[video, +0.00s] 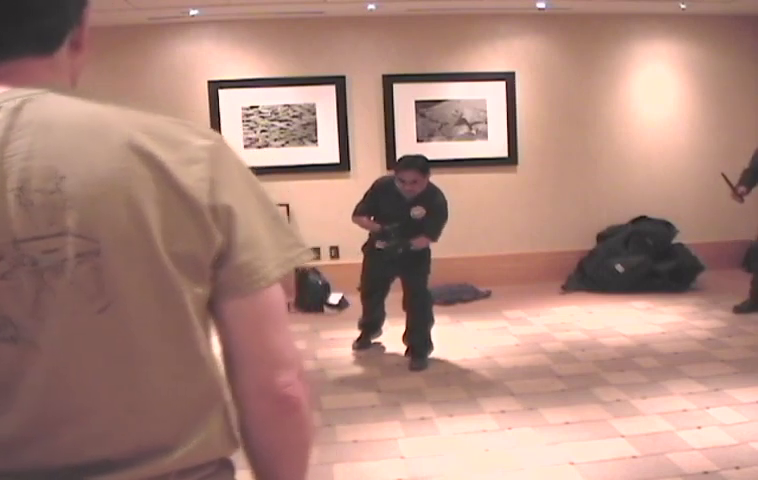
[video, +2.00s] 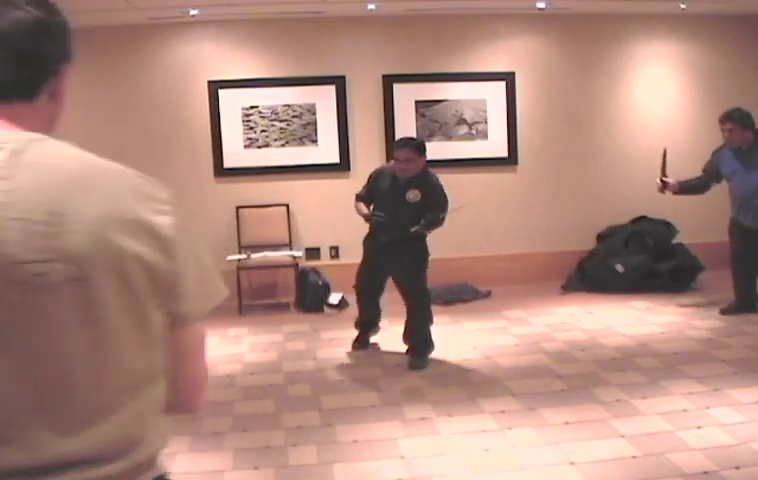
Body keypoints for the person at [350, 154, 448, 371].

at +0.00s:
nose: (407, 187)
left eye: (414, 182)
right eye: (402, 181)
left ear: (426, 179)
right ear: (395, 176)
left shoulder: (435, 200)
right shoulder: (382, 187)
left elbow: (428, 237)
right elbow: (357, 216)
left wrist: (403, 245)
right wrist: (376, 228)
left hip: (414, 253)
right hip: (380, 251)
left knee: (417, 300)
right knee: (370, 292)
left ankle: (418, 351)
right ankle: (369, 331)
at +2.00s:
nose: (401, 165)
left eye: (408, 161)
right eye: (397, 160)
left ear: (422, 161)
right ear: (392, 159)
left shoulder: (429, 183)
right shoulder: (381, 176)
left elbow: (438, 214)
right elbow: (361, 200)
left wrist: (422, 226)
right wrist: (366, 213)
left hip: (409, 246)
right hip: (378, 245)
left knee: (417, 299)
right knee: (365, 289)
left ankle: (419, 349)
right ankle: (366, 329)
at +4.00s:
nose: (399, 171)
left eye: (402, 165)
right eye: (392, 167)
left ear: (408, 160)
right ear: (378, 164)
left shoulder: (418, 178)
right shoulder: (362, 182)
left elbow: (446, 202)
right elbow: (334, 215)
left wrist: (432, 218)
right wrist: (330, 245)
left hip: (412, 246)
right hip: (379, 247)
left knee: (419, 297)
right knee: (380, 301)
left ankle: (421, 346)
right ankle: (381, 350)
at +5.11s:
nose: (403, 166)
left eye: (407, 160)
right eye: (396, 162)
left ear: (415, 157)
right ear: (385, 161)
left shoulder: (430, 179)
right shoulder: (373, 179)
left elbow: (439, 210)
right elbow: (354, 212)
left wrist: (418, 228)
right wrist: (379, 224)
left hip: (416, 244)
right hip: (381, 245)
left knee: (422, 296)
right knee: (378, 297)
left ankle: (421, 345)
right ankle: (379, 348)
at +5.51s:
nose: (387, 165)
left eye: (391, 160)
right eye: (381, 161)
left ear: (399, 158)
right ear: (370, 161)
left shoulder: (412, 181)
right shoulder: (357, 181)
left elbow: (426, 210)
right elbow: (342, 214)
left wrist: (409, 227)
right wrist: (374, 218)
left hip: (404, 248)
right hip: (370, 250)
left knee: (417, 298)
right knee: (369, 299)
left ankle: (420, 345)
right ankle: (373, 342)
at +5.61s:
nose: (385, 167)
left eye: (389, 161)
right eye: (379, 162)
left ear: (396, 160)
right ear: (368, 163)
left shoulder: (410, 183)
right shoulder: (355, 183)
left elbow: (421, 212)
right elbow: (339, 216)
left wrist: (406, 228)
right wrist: (371, 220)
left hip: (402, 250)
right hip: (367, 251)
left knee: (417, 298)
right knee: (368, 300)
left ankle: (421, 346)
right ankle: (373, 342)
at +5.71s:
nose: (385, 169)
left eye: (389, 163)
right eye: (379, 164)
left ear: (396, 161)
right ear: (367, 164)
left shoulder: (409, 185)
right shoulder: (354, 184)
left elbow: (420, 215)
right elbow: (337, 216)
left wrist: (404, 224)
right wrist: (357, 222)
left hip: (400, 251)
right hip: (365, 253)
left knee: (414, 299)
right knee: (367, 302)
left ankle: (426, 348)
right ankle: (373, 342)